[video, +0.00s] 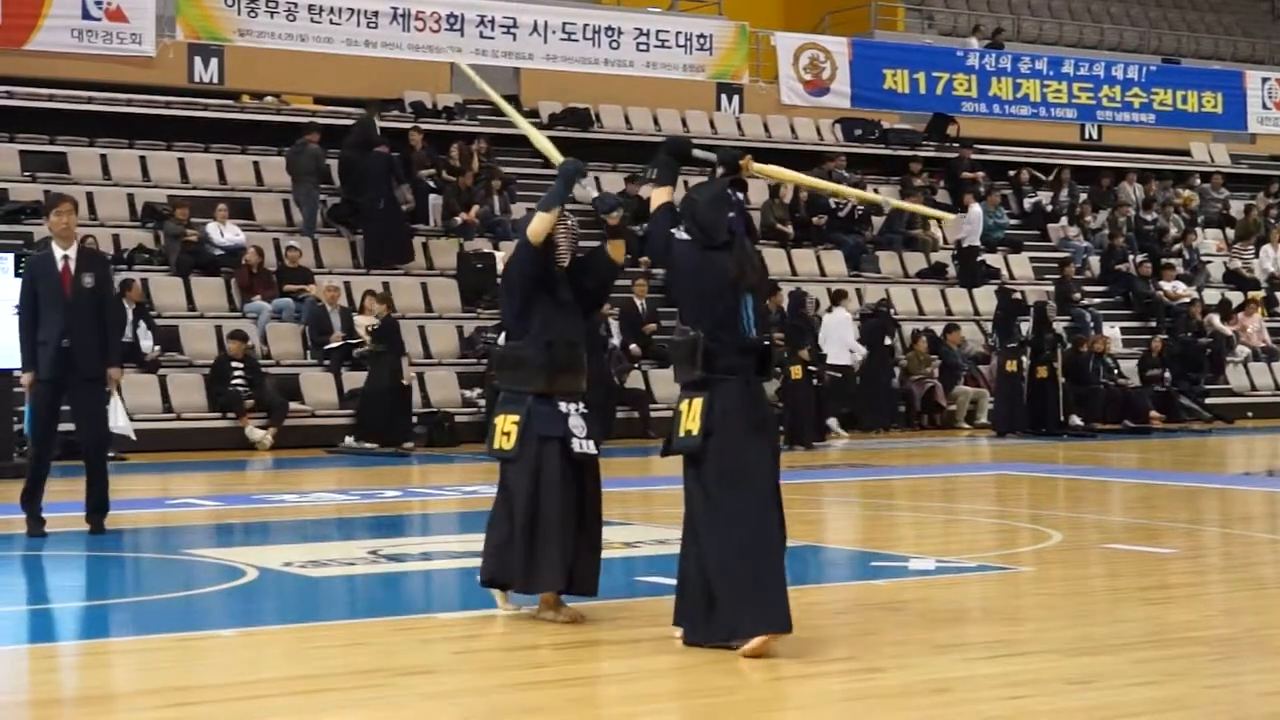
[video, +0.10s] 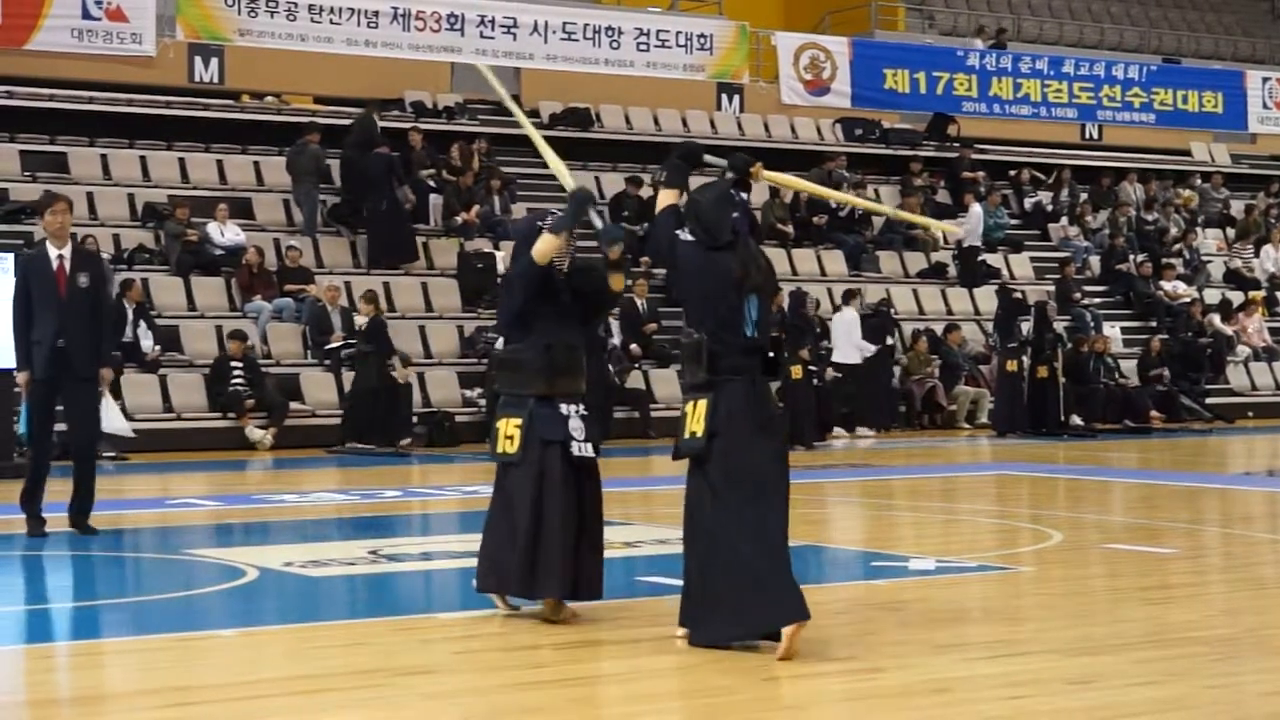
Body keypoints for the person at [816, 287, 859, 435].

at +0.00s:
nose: (849, 302)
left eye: (848, 299)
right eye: (848, 299)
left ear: (834, 301)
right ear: (844, 301)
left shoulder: (827, 317)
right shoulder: (846, 317)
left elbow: (820, 339)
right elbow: (849, 340)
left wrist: (828, 350)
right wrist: (862, 351)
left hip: (830, 359)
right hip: (844, 360)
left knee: (832, 393)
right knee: (848, 392)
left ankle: (834, 425)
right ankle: (834, 418)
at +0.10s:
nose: (859, 303)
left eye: (859, 299)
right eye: (858, 300)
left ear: (844, 301)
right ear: (853, 300)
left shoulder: (835, 317)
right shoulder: (854, 316)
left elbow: (833, 341)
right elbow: (856, 340)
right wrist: (872, 348)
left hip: (837, 359)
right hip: (853, 360)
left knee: (839, 394)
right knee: (858, 393)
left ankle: (838, 426)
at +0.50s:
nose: (895, 302)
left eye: (894, 299)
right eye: (894, 299)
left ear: (880, 299)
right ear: (890, 300)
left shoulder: (871, 316)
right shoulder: (892, 316)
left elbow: (868, 339)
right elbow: (897, 339)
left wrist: (879, 348)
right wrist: (909, 344)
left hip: (876, 357)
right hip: (891, 357)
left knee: (879, 391)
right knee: (890, 391)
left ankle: (879, 422)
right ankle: (886, 424)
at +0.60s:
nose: (903, 302)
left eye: (902, 300)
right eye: (902, 300)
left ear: (888, 300)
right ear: (899, 301)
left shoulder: (879, 317)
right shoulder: (902, 317)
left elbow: (876, 340)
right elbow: (906, 339)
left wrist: (887, 347)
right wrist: (918, 345)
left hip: (884, 356)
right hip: (900, 356)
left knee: (889, 391)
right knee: (897, 391)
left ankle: (899, 422)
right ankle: (885, 423)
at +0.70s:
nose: (909, 304)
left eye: (908, 301)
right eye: (908, 302)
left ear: (895, 302)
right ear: (905, 302)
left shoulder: (887, 317)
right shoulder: (909, 317)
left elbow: (882, 339)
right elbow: (913, 339)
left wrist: (892, 346)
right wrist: (923, 346)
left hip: (892, 357)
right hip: (906, 356)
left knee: (905, 390)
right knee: (901, 390)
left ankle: (910, 421)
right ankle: (888, 420)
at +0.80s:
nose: (919, 304)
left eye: (919, 301)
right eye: (918, 301)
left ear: (904, 302)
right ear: (914, 301)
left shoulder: (896, 316)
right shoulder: (915, 317)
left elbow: (893, 336)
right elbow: (919, 340)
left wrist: (898, 348)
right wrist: (930, 345)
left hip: (899, 358)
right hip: (913, 359)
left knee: (907, 389)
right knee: (916, 391)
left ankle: (897, 412)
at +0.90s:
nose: (927, 303)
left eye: (926, 300)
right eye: (926, 300)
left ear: (912, 300)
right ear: (921, 300)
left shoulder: (904, 315)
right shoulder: (921, 316)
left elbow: (899, 335)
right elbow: (924, 340)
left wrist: (906, 346)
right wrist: (937, 345)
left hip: (906, 357)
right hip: (920, 358)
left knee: (911, 388)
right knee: (924, 388)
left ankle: (911, 418)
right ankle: (912, 415)